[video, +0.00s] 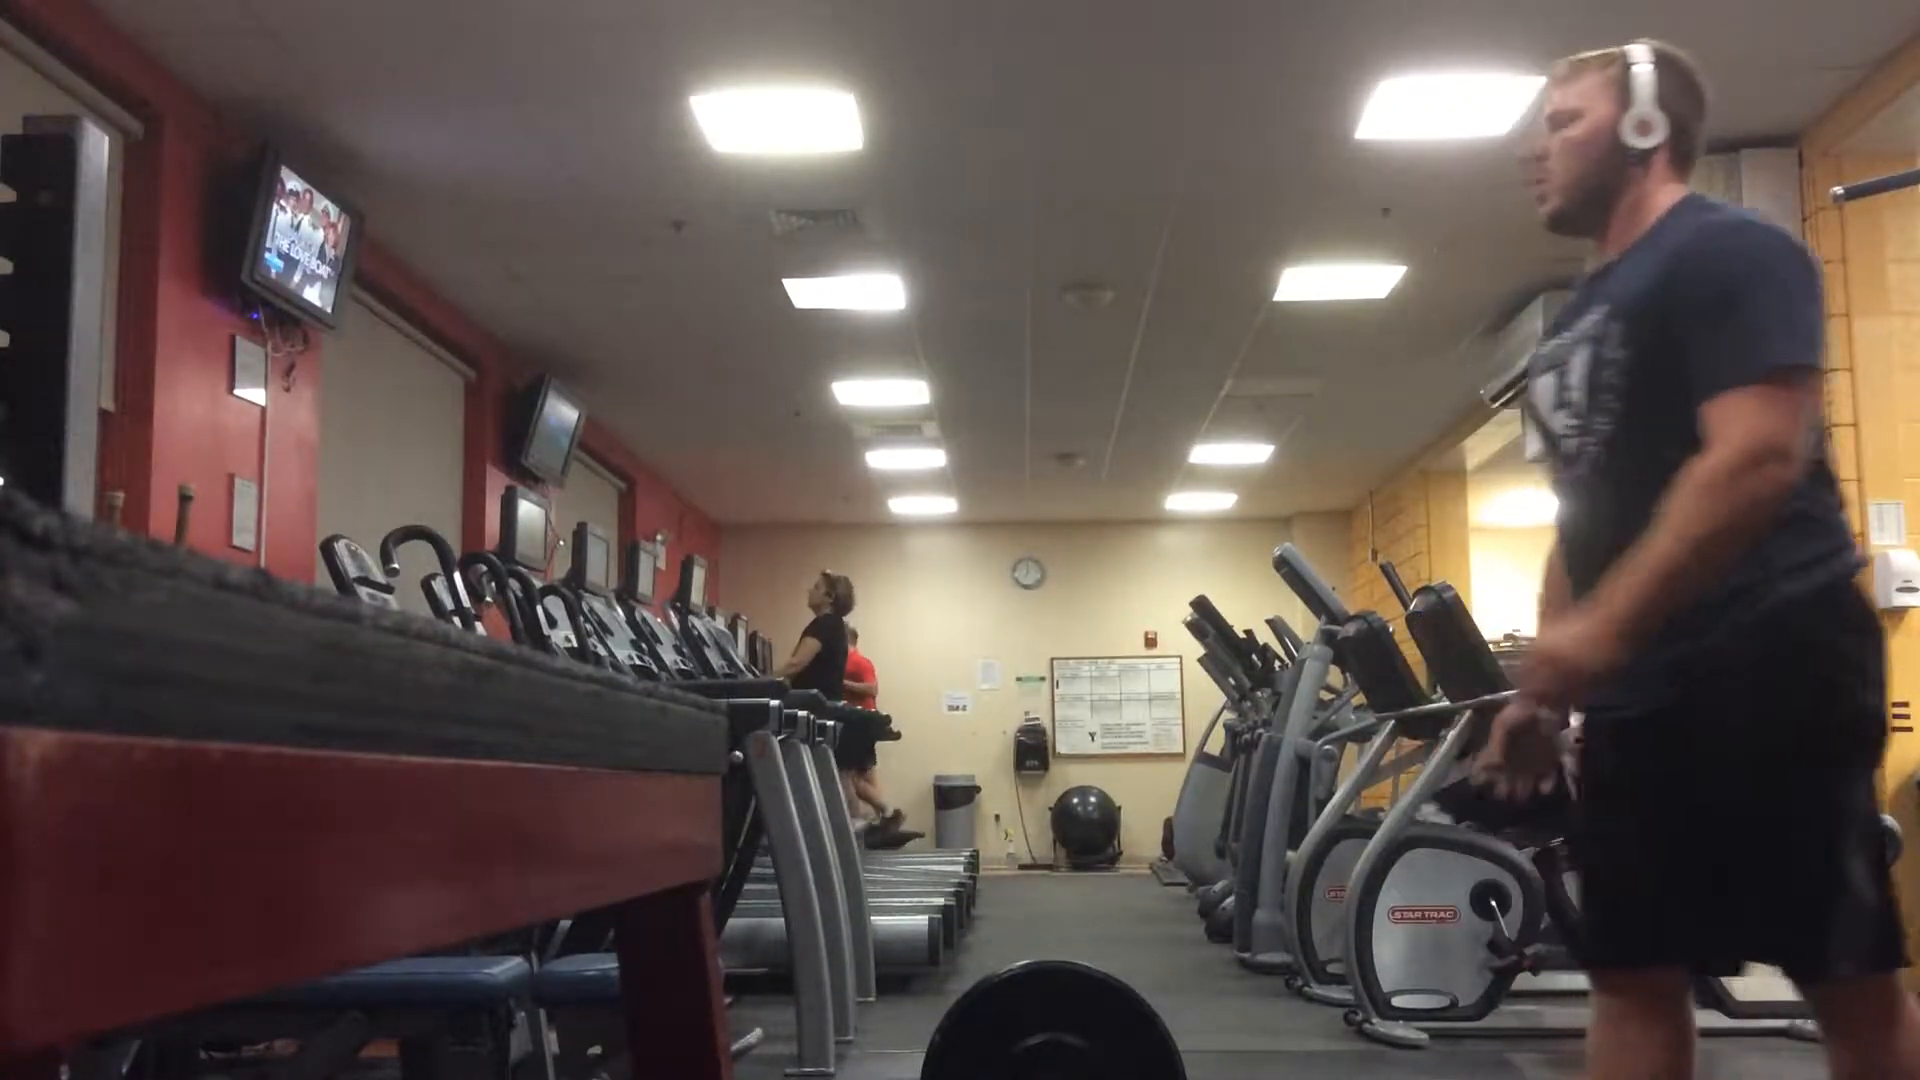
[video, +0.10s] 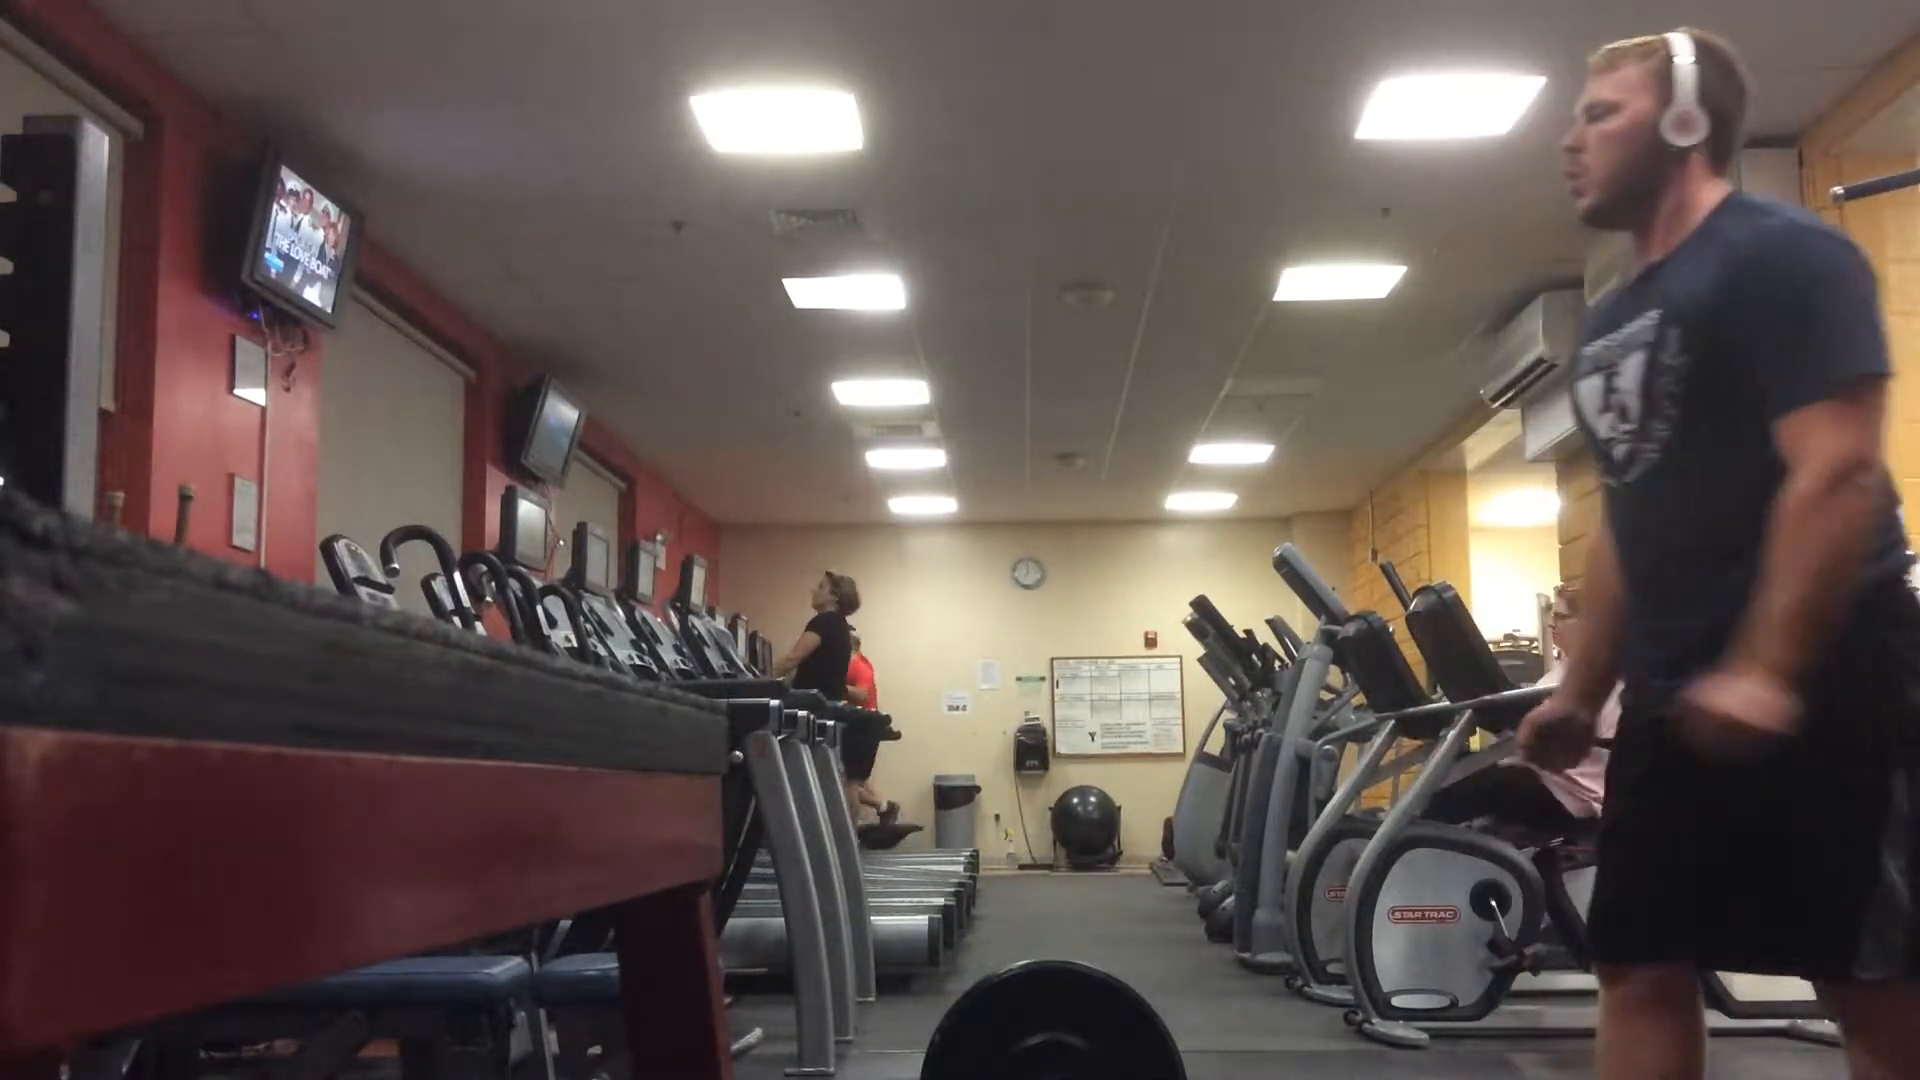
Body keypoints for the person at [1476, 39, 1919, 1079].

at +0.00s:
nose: (1534, 148)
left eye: (1560, 122)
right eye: (1538, 128)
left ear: (1643, 132)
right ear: (1622, 140)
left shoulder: (1730, 246)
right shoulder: (1580, 314)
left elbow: (1759, 454)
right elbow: (1583, 525)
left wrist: (1592, 632)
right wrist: (1542, 691)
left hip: (1779, 653)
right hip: (1638, 677)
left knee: (1854, 985)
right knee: (1633, 980)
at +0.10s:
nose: (1571, 140)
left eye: (1599, 114)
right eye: (1575, 119)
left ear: (1685, 126)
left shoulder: (1786, 253)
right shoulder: (1611, 317)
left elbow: (1840, 475)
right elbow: (1628, 522)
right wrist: (1577, 692)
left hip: (1829, 667)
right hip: (1677, 683)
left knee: (1874, 986)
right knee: (1639, 970)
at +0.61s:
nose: (1619, 132)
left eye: (1645, 107)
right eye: (1621, 112)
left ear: (1730, 114)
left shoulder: (1833, 242)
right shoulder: (1657, 316)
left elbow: (1895, 461)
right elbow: (1682, 518)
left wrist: (1817, 662)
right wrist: (1624, 686)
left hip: (1858, 688)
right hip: (1732, 703)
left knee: (1885, 990)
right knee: (1791, 990)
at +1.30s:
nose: (1629, 170)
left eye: (1648, 141)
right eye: (1633, 148)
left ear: (1724, 139)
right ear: (1714, 147)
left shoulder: (1801, 242)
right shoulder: (1688, 305)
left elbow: (1832, 442)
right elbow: (1706, 524)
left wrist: (1747, 638)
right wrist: (1655, 698)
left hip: (1820, 641)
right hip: (1737, 653)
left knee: (1800, 978)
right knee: (1763, 968)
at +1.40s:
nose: (1631, 181)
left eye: (1650, 152)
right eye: (1636, 158)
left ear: (1725, 147)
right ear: (1722, 156)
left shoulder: (1805, 251)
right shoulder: (1706, 310)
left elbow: (1811, 452)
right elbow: (1699, 528)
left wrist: (1684, 629)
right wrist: (1633, 696)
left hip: (1811, 637)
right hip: (1758, 646)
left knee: (1689, 929)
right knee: (1809, 956)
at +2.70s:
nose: (1578, 198)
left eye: (1598, 172)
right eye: (1578, 179)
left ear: (1677, 172)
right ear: (1671, 182)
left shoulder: (1776, 256)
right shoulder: (1644, 357)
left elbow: (1850, 441)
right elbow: (1664, 564)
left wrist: (1823, 636)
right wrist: (1620, 732)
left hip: (1812, 658)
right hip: (1732, 683)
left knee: (1738, 949)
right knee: (1830, 975)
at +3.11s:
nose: (1559, 209)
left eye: (1568, 177)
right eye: (1550, 190)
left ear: (1646, 142)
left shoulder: (1769, 246)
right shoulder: (1618, 324)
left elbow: (1792, 456)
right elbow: (1612, 531)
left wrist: (1674, 637)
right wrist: (1551, 687)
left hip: (1773, 645)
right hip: (1670, 663)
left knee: (1773, 985)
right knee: (1732, 978)